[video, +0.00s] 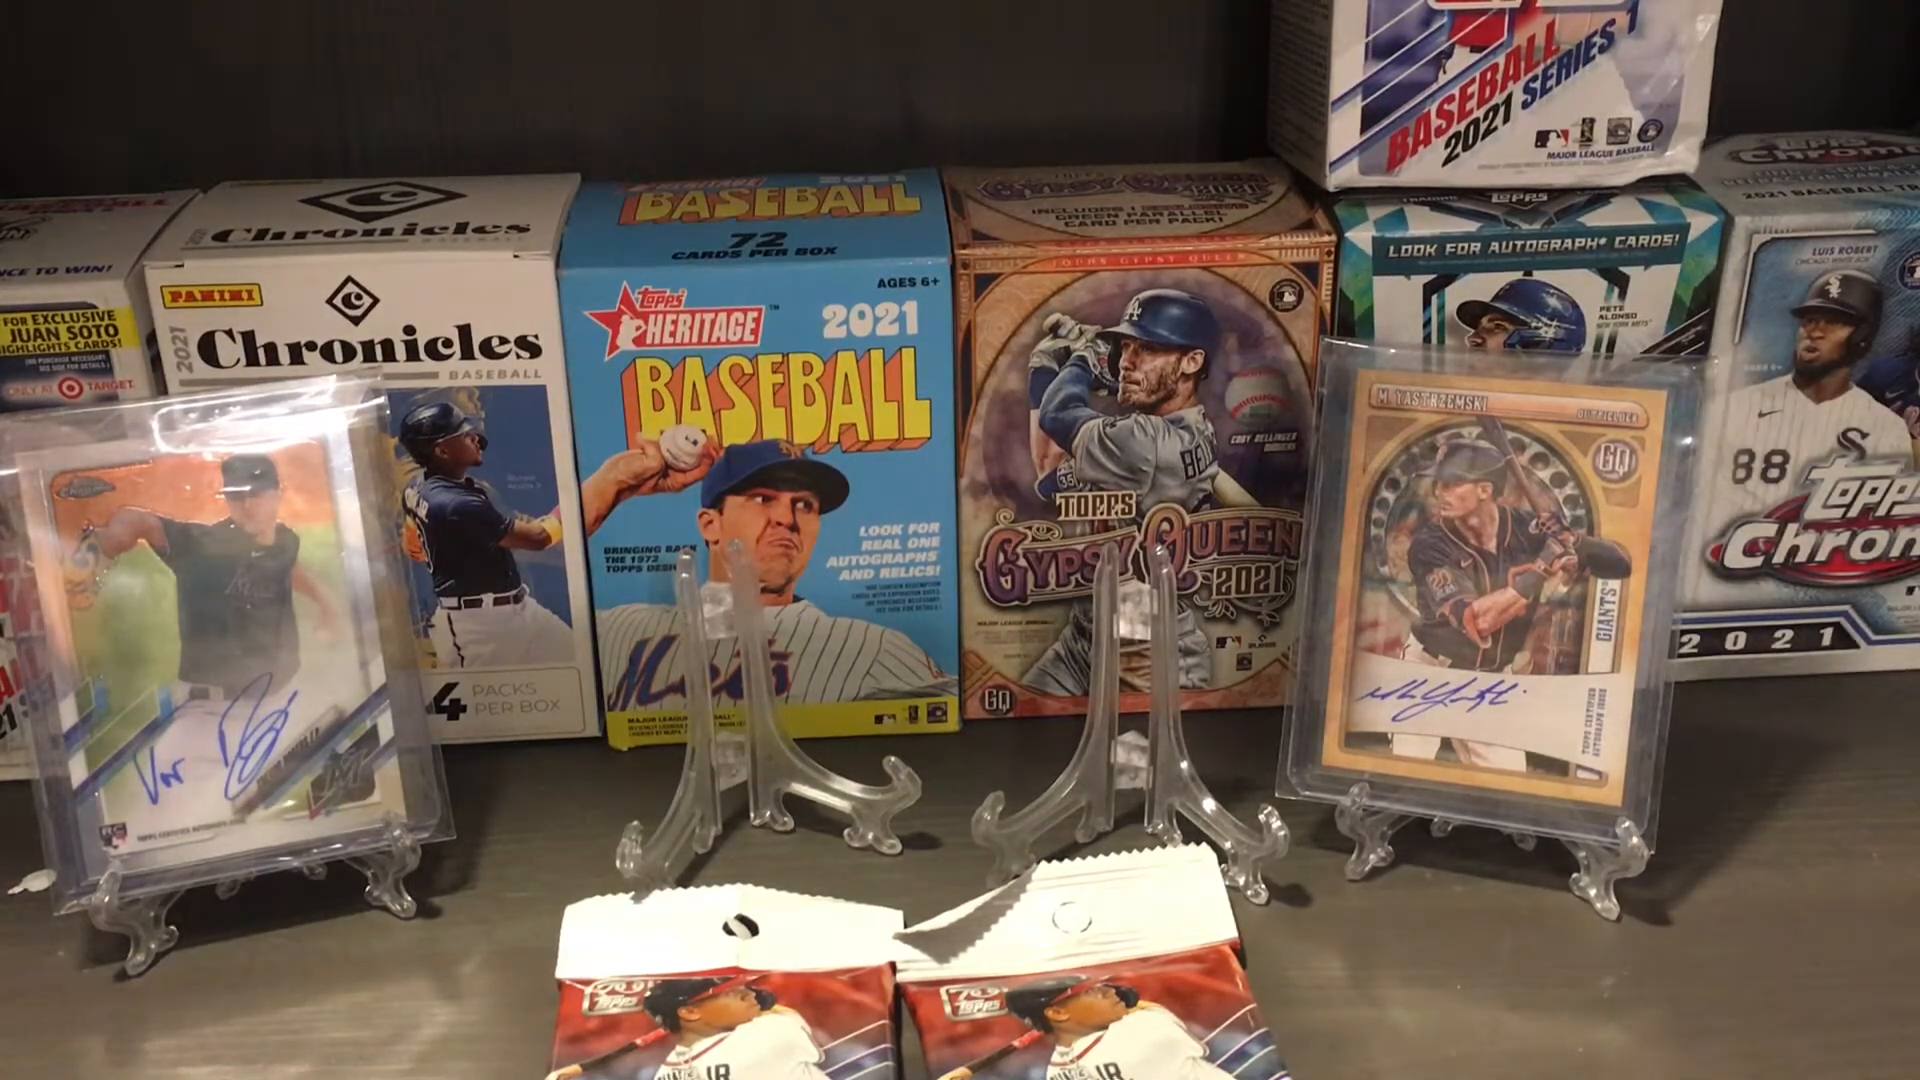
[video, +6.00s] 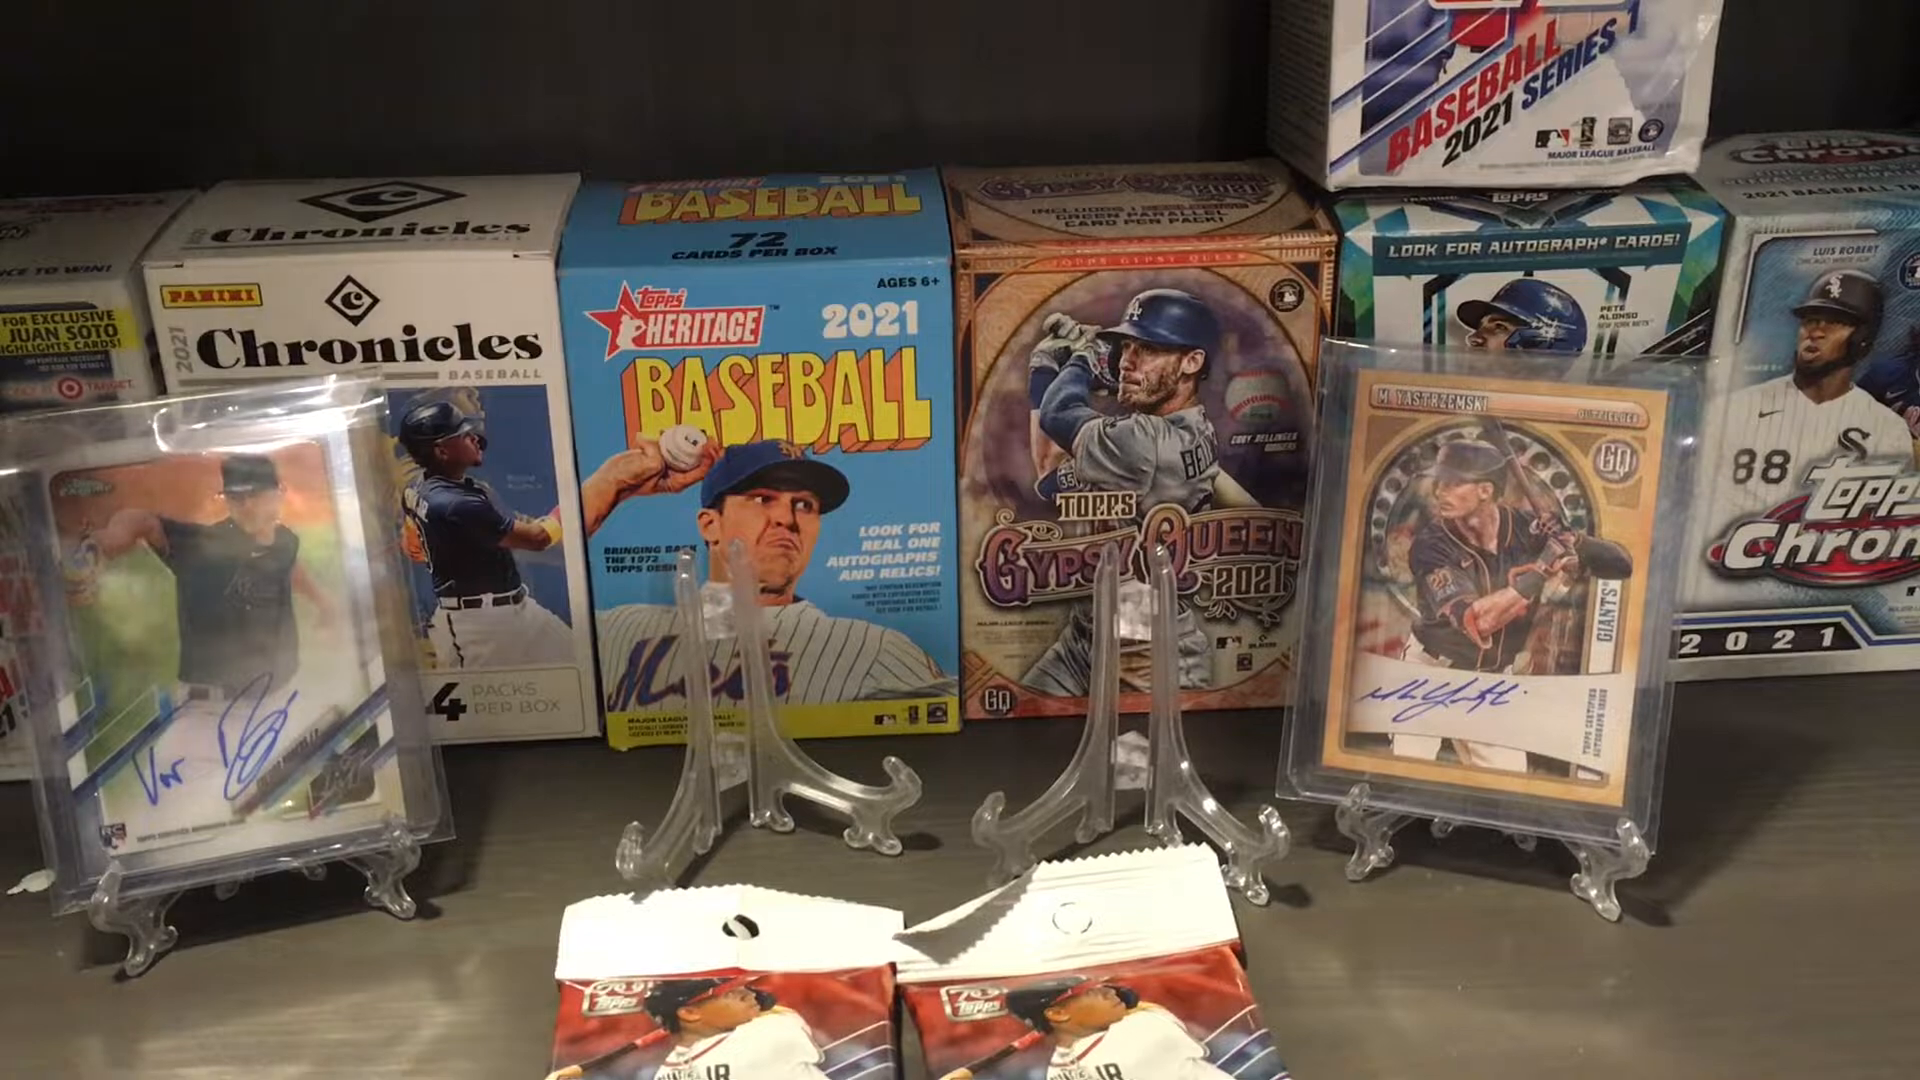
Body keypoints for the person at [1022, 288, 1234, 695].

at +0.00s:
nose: (1127, 361)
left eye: (1145, 349)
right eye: (1126, 347)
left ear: (1191, 363)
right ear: (1118, 349)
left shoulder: (1143, 442)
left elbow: (1060, 411)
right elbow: (1049, 476)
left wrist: (1083, 362)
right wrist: (1043, 366)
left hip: (1159, 650)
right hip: (1087, 642)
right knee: (1011, 738)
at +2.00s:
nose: (1127, 362)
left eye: (1147, 350)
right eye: (1127, 347)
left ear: (1190, 363)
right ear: (1121, 348)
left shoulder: (1139, 440)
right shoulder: (1189, 431)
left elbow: (1060, 410)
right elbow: (1048, 477)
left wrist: (1085, 362)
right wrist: (1041, 372)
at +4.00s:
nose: (1127, 362)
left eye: (1147, 350)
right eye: (1126, 347)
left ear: (1190, 363)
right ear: (1121, 348)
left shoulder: (1139, 441)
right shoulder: (1190, 431)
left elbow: (1059, 409)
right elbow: (1048, 475)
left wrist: (1087, 360)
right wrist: (1042, 373)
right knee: (1011, 736)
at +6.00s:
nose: (1127, 363)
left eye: (1147, 351)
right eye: (1126, 348)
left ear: (1191, 363)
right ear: (1119, 349)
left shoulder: (1141, 442)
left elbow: (1060, 410)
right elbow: (1049, 478)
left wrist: (1086, 359)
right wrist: (1043, 369)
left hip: (1161, 649)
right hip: (1089, 642)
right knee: (1009, 739)